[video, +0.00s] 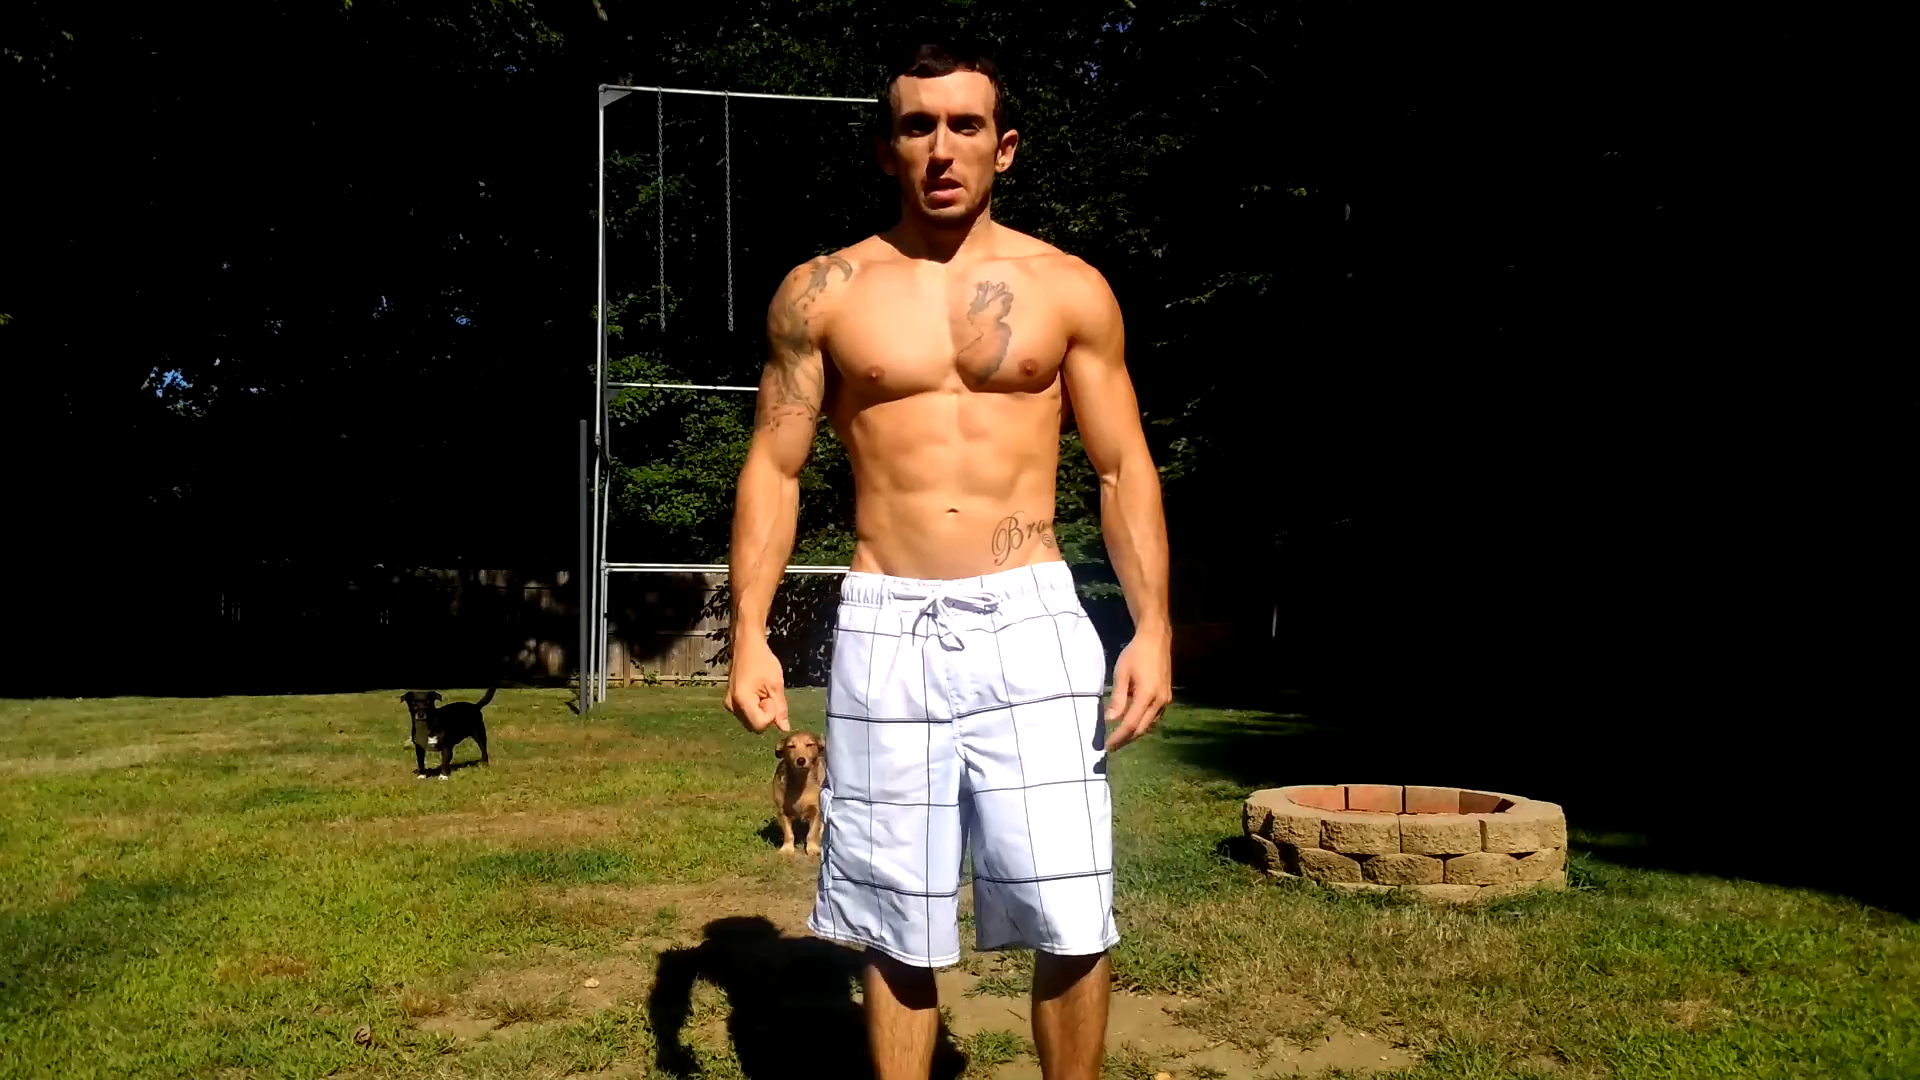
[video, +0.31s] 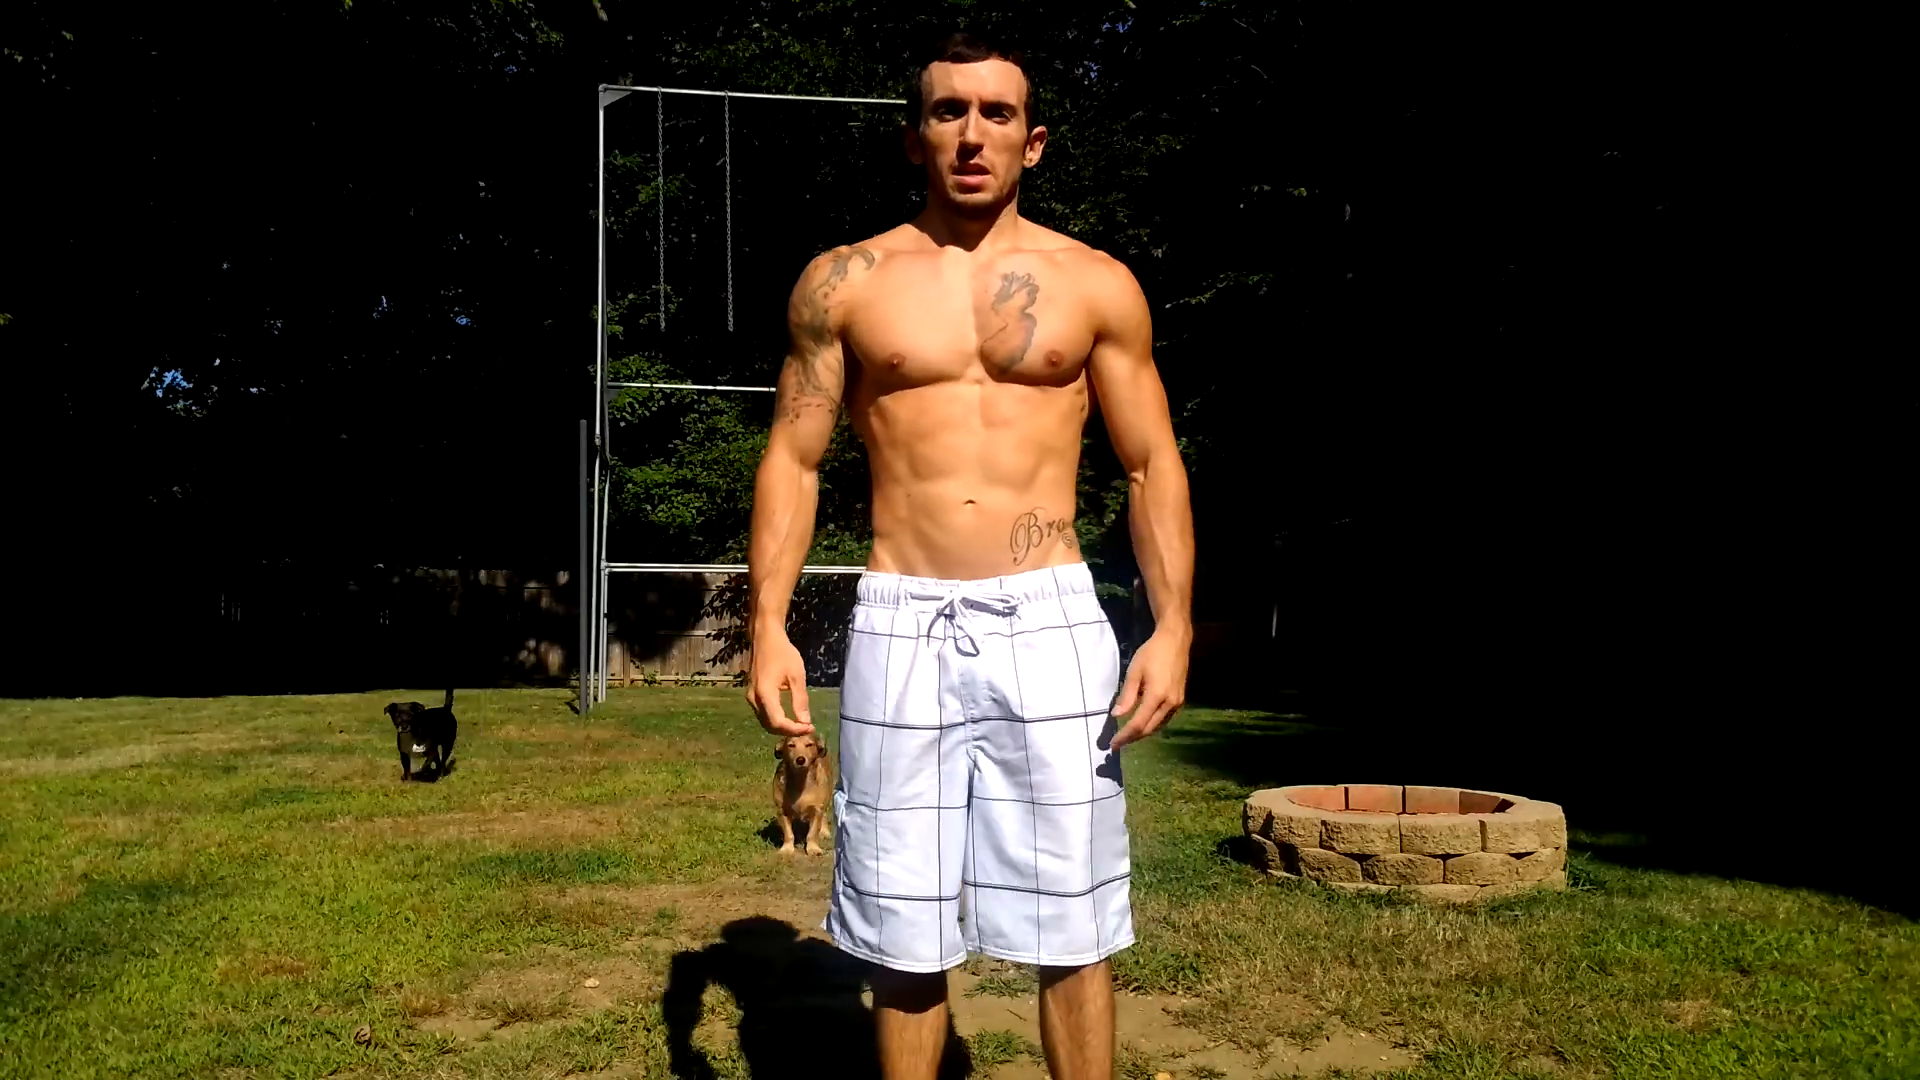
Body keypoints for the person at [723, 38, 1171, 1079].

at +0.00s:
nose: (943, 150)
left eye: (966, 127)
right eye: (919, 128)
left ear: (1000, 145)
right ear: (889, 147)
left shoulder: (1071, 289)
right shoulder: (820, 293)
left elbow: (1124, 467)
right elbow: (773, 468)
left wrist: (1152, 628)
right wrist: (749, 637)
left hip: (1034, 623)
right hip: (886, 627)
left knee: (1073, 928)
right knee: (899, 932)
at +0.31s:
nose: (973, 135)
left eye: (998, 114)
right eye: (949, 113)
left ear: (1029, 138)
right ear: (916, 135)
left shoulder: (1098, 285)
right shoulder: (841, 284)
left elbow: (1152, 464)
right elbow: (793, 457)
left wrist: (1173, 630)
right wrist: (768, 627)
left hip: (1052, 625)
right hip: (901, 627)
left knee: (1073, 933)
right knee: (904, 941)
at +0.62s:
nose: (1007, 121)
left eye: (1033, 100)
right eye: (984, 98)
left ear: (1067, 125)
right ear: (951, 120)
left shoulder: (1137, 276)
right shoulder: (878, 275)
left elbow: (1182, 463)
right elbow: (830, 450)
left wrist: (1193, 641)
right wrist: (807, 613)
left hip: (1082, 621)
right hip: (926, 615)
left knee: (1087, 938)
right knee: (896, 927)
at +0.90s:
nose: (978, 119)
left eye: (1005, 98)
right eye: (956, 96)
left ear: (1040, 128)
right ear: (926, 118)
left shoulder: (1112, 276)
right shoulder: (850, 276)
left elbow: (1156, 462)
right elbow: (804, 459)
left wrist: (1198, 610)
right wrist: (776, 636)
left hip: (1065, 622)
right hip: (908, 620)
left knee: (1079, 945)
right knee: (899, 942)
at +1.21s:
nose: (956, 116)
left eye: (982, 95)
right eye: (932, 94)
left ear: (1019, 121)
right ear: (904, 119)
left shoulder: (1092, 274)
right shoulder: (829, 277)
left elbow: (1132, 464)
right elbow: (782, 458)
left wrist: (1155, 636)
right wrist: (742, 635)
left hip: (1040, 625)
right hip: (883, 622)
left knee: (1062, 947)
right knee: (880, 944)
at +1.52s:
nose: (966, 116)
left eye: (994, 96)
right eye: (943, 92)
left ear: (1027, 123)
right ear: (910, 113)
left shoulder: (1093, 274)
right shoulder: (830, 273)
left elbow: (1137, 462)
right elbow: (781, 454)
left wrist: (1156, 632)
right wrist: (750, 629)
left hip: (1041, 622)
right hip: (883, 621)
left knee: (1063, 950)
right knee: (880, 949)